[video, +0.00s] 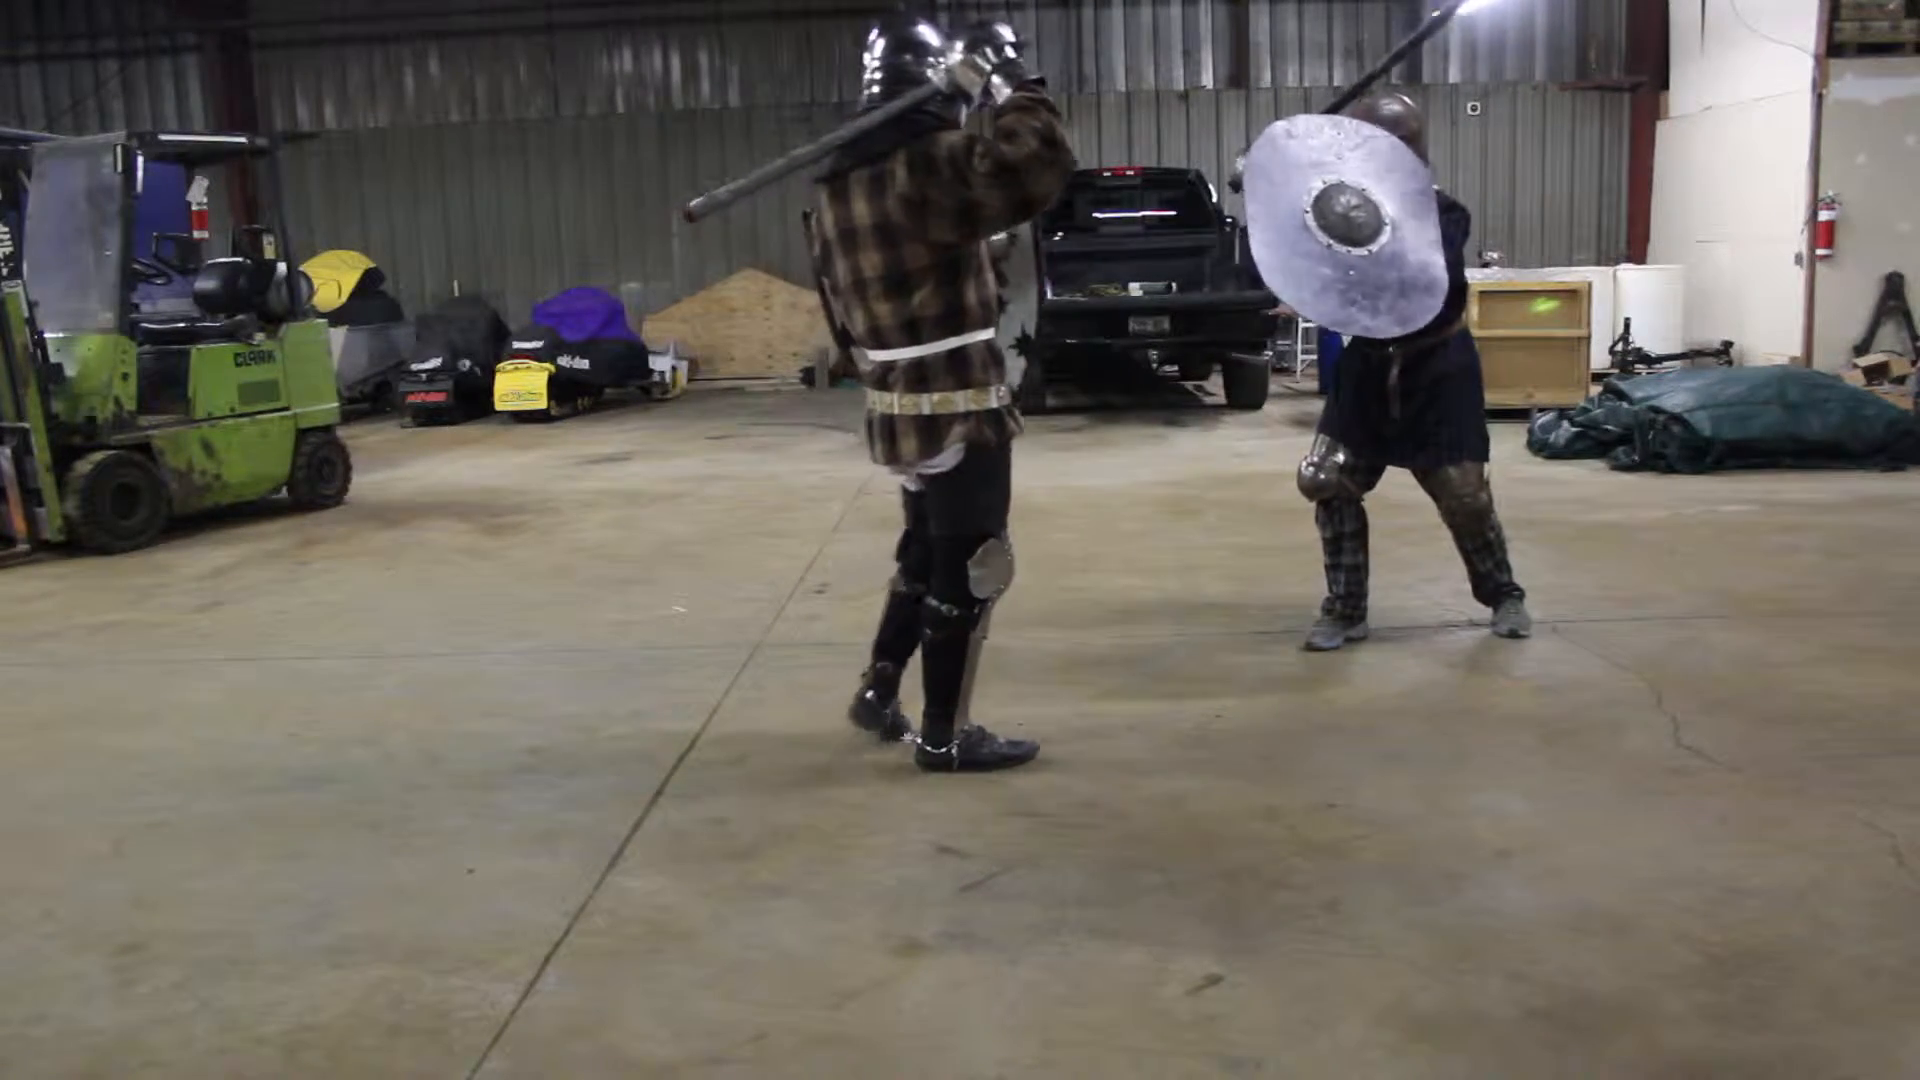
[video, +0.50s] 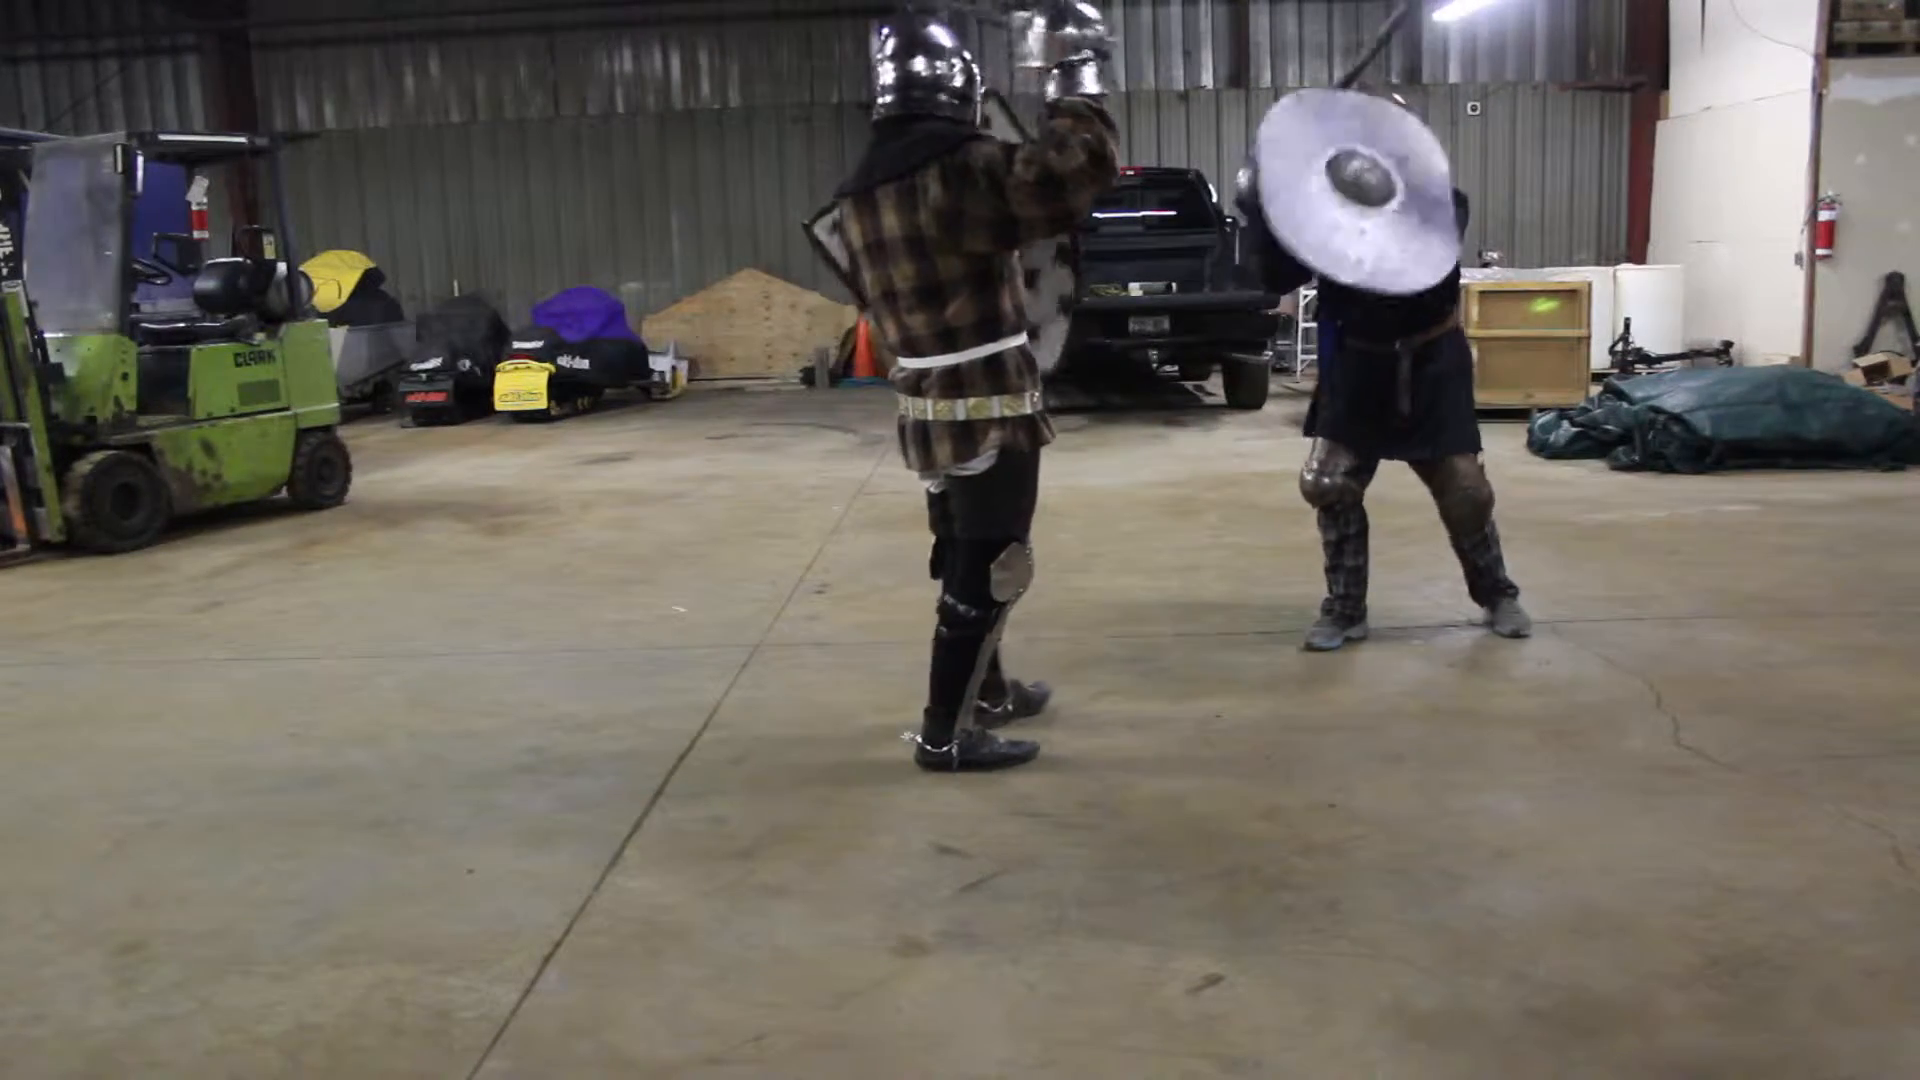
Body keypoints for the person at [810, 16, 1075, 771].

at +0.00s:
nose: (954, 101)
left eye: (952, 86)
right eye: (949, 85)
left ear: (870, 86)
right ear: (929, 86)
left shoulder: (835, 181)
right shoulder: (931, 163)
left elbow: (837, 304)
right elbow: (1035, 157)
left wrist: (868, 366)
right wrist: (1014, 84)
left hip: (901, 407)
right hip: (963, 408)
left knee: (925, 549)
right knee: (967, 568)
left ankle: (878, 691)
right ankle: (946, 732)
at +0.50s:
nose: (975, 97)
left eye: (970, 85)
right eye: (969, 84)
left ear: (886, 92)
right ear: (957, 86)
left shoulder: (863, 193)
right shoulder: (968, 169)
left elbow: (873, 297)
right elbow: (1074, 173)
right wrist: (1076, 78)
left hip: (927, 408)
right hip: (991, 408)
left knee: (965, 554)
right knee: (984, 573)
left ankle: (987, 688)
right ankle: (946, 732)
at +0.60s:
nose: (977, 105)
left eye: (972, 91)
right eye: (970, 92)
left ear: (890, 98)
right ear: (958, 95)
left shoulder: (870, 192)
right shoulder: (963, 179)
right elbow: (1081, 167)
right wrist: (1108, 82)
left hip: (928, 407)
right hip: (990, 410)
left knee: (968, 550)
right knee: (993, 572)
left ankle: (985, 687)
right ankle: (948, 732)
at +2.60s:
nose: (1028, 129)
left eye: (1021, 116)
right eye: (1025, 117)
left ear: (944, 116)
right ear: (1018, 119)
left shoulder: (911, 204)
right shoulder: (1023, 201)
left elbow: (907, 298)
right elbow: (1129, 272)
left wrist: (1071, 205)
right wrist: (1146, 204)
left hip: (939, 422)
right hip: (1009, 426)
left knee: (994, 549)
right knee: (1041, 584)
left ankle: (1005, 675)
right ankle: (959, 731)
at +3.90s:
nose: (1058, 130)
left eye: (1050, 117)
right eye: (1051, 118)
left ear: (974, 124)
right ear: (1040, 125)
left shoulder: (936, 213)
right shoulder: (1050, 212)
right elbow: (1164, 265)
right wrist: (1208, 223)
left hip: (968, 435)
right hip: (1038, 438)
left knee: (1027, 550)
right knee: (1122, 587)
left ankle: (1003, 677)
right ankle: (1066, 751)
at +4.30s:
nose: (1105, 113)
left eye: (1097, 99)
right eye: (1100, 99)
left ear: (1010, 92)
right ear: (1089, 103)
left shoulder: (957, 185)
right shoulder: (1094, 196)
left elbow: (938, 280)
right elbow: (1197, 264)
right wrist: (1216, 202)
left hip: (966, 445)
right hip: (1059, 453)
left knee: (971, 581)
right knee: (1136, 597)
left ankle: (932, 729)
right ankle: (1068, 764)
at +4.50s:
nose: (1076, 100)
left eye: (1070, 87)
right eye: (1074, 86)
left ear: (976, 78)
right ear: (1061, 84)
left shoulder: (925, 179)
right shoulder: (1078, 181)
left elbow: (894, 300)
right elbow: (1152, 292)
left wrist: (944, 358)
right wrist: (1216, 239)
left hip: (948, 441)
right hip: (1059, 441)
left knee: (931, 609)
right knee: (1094, 593)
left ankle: (909, 767)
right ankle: (1067, 766)